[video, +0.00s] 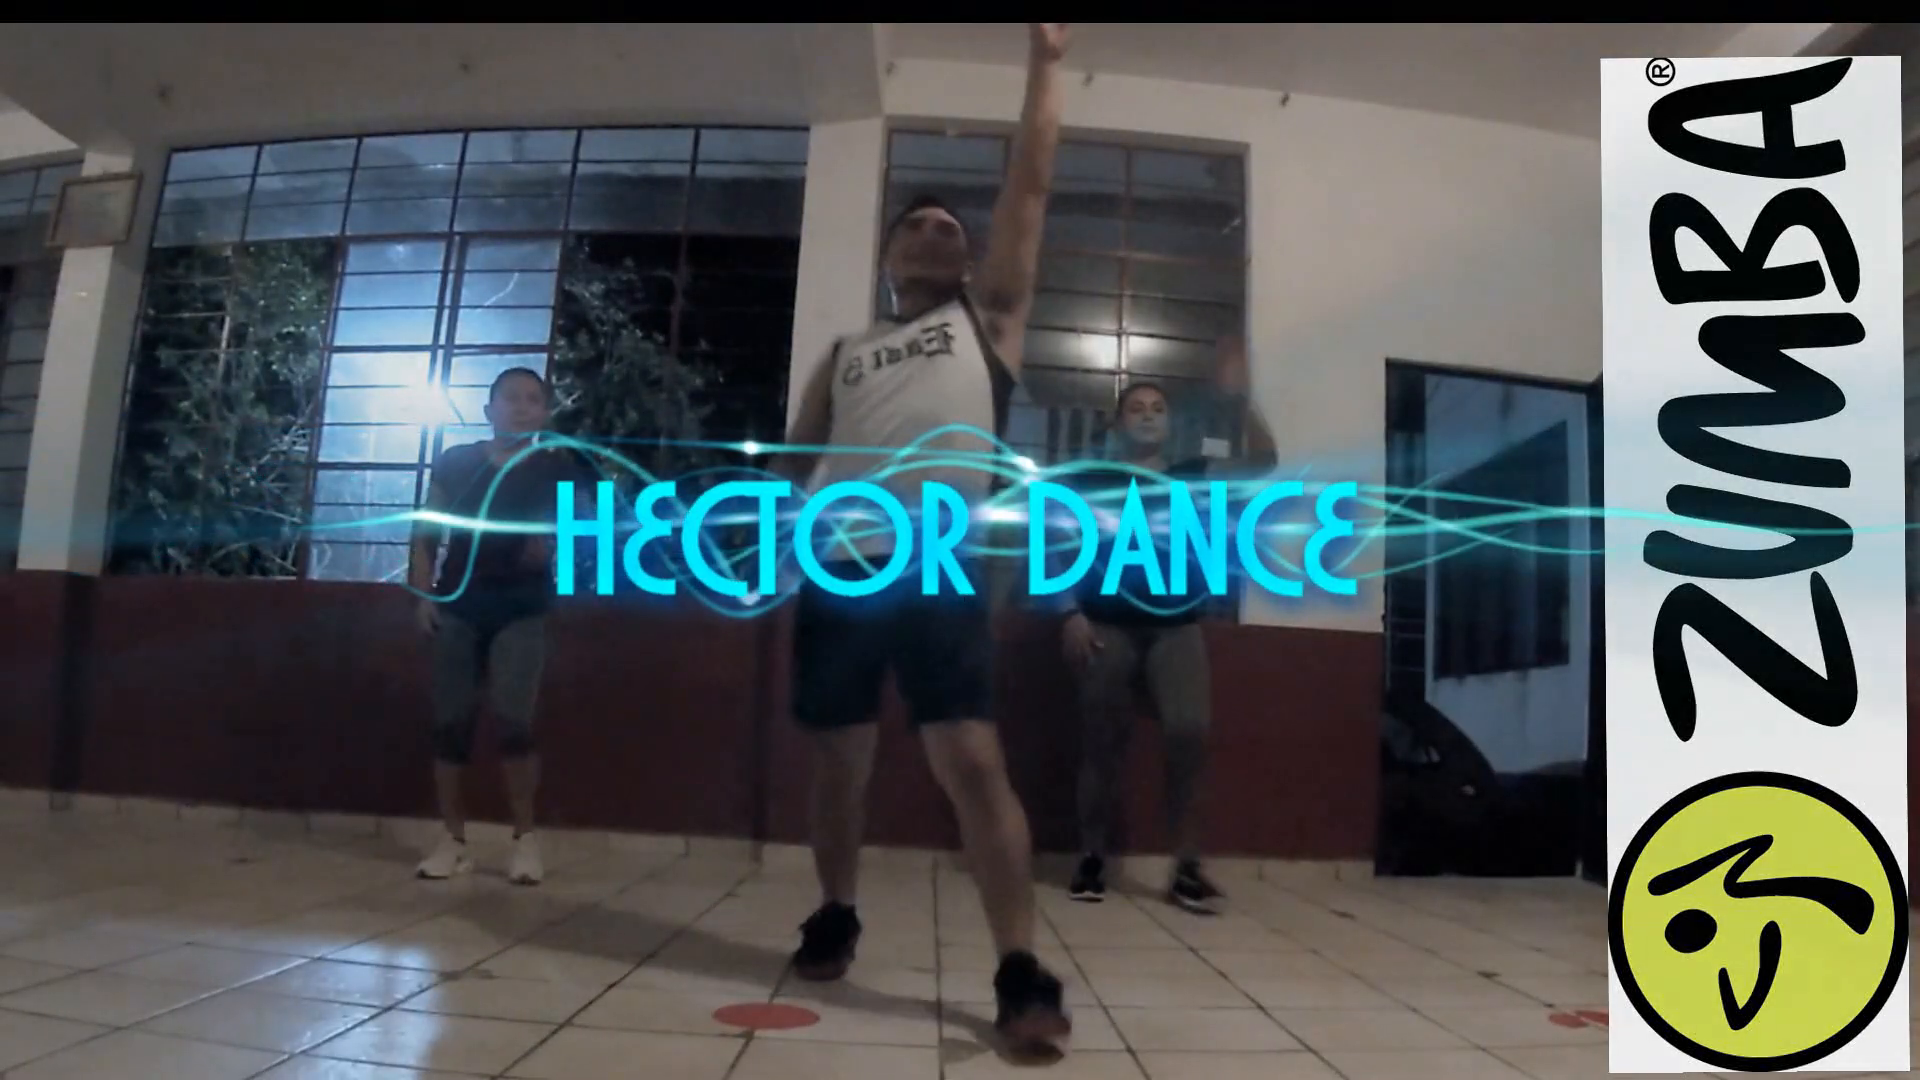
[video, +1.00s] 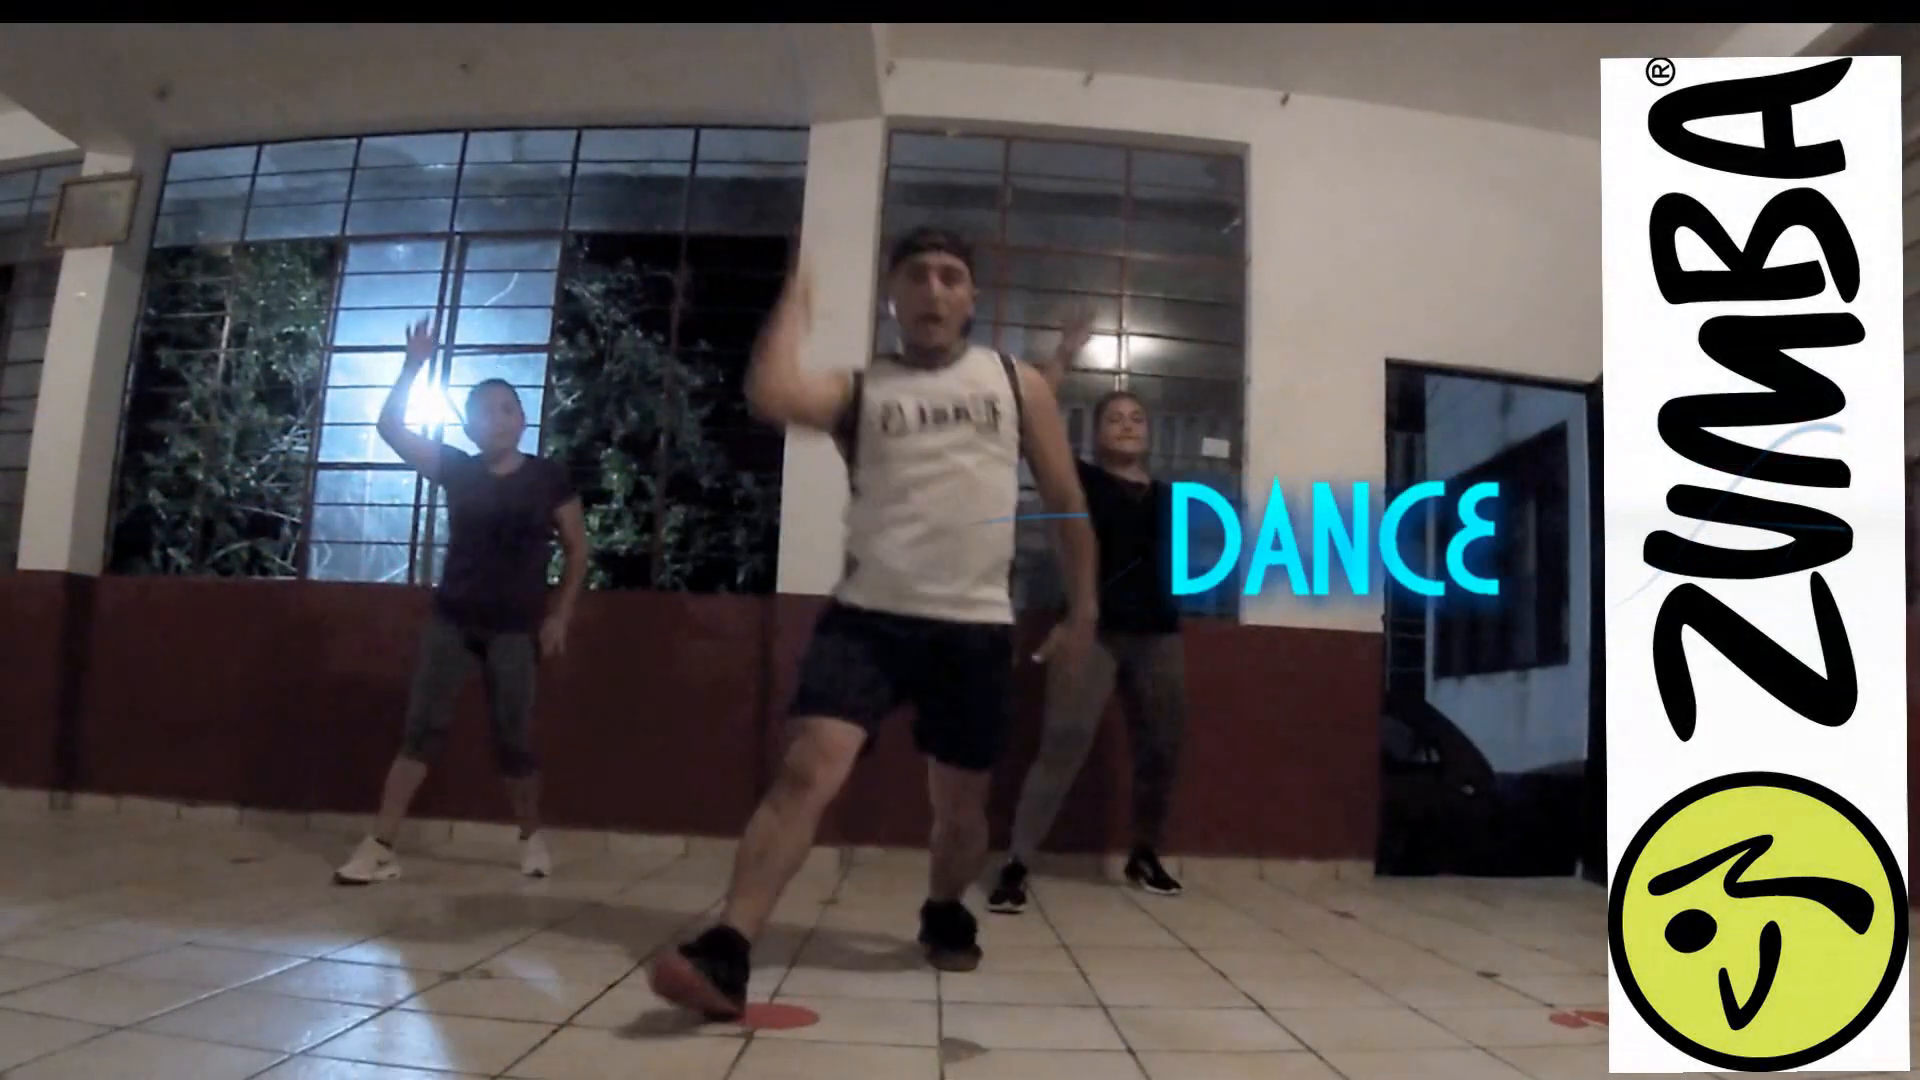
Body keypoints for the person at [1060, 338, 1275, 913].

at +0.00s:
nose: (1147, 417)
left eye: (1156, 409)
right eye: (1137, 409)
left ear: (1170, 420)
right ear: (1119, 421)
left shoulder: (1191, 473)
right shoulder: (1093, 477)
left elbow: (1261, 460)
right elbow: (1061, 548)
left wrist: (1239, 399)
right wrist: (1069, 611)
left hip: (1176, 623)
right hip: (1108, 623)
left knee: (1190, 734)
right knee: (1100, 739)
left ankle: (1188, 865)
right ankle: (1092, 857)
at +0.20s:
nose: (1158, 422)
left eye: (1166, 414)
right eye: (1146, 415)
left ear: (1181, 426)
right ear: (1127, 430)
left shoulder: (1207, 475)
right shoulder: (1107, 484)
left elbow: (1255, 409)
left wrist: (1292, 338)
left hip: (1195, 627)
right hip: (1119, 626)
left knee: (1209, 741)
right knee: (1088, 735)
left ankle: (1215, 875)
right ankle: (1084, 858)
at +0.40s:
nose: (1150, 417)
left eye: (1160, 410)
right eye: (1139, 409)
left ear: (1175, 424)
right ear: (1120, 424)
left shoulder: (1200, 470)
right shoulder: (1097, 473)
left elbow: (1253, 404)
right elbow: (1048, 431)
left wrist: (1297, 332)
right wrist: (1080, 382)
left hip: (1192, 617)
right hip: (1113, 614)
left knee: (1202, 739)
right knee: (1063, 725)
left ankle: (1215, 874)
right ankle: (1022, 861)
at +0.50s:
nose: (1140, 422)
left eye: (1150, 415)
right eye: (1130, 414)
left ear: (1166, 428)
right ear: (1110, 425)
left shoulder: (1189, 478)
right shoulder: (1087, 476)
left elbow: (1249, 439)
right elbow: (1060, 413)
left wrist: (1280, 366)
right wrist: (1061, 352)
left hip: (1174, 621)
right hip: (1097, 618)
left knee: (1194, 737)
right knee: (1059, 730)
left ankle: (1212, 874)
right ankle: (1018, 864)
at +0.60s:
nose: (1129, 424)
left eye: (1140, 417)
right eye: (1120, 414)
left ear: (1151, 431)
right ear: (1099, 424)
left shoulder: (1164, 489)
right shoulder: (1071, 477)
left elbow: (1226, 527)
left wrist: (1239, 470)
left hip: (1150, 623)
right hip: (1074, 621)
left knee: (1184, 741)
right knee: (1051, 744)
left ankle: (1211, 874)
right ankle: (1016, 876)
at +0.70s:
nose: (1122, 417)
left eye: (1132, 410)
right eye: (1111, 409)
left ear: (1143, 426)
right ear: (1090, 419)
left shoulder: (1152, 488)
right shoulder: (1063, 467)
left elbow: (1178, 553)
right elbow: (1045, 381)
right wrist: (1068, 310)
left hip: (1141, 619)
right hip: (1068, 617)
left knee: (1187, 725)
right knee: (1041, 734)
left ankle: (1202, 860)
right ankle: (1005, 871)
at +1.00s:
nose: (1127, 427)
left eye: (1136, 420)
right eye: (1115, 420)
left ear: (1148, 434)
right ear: (1097, 432)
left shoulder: (1165, 494)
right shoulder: (1079, 483)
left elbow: (1189, 551)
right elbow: (1035, 431)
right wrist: (1063, 357)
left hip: (1156, 632)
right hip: (1091, 628)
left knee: (1163, 744)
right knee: (1064, 742)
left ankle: (1144, 854)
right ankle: (1017, 862)